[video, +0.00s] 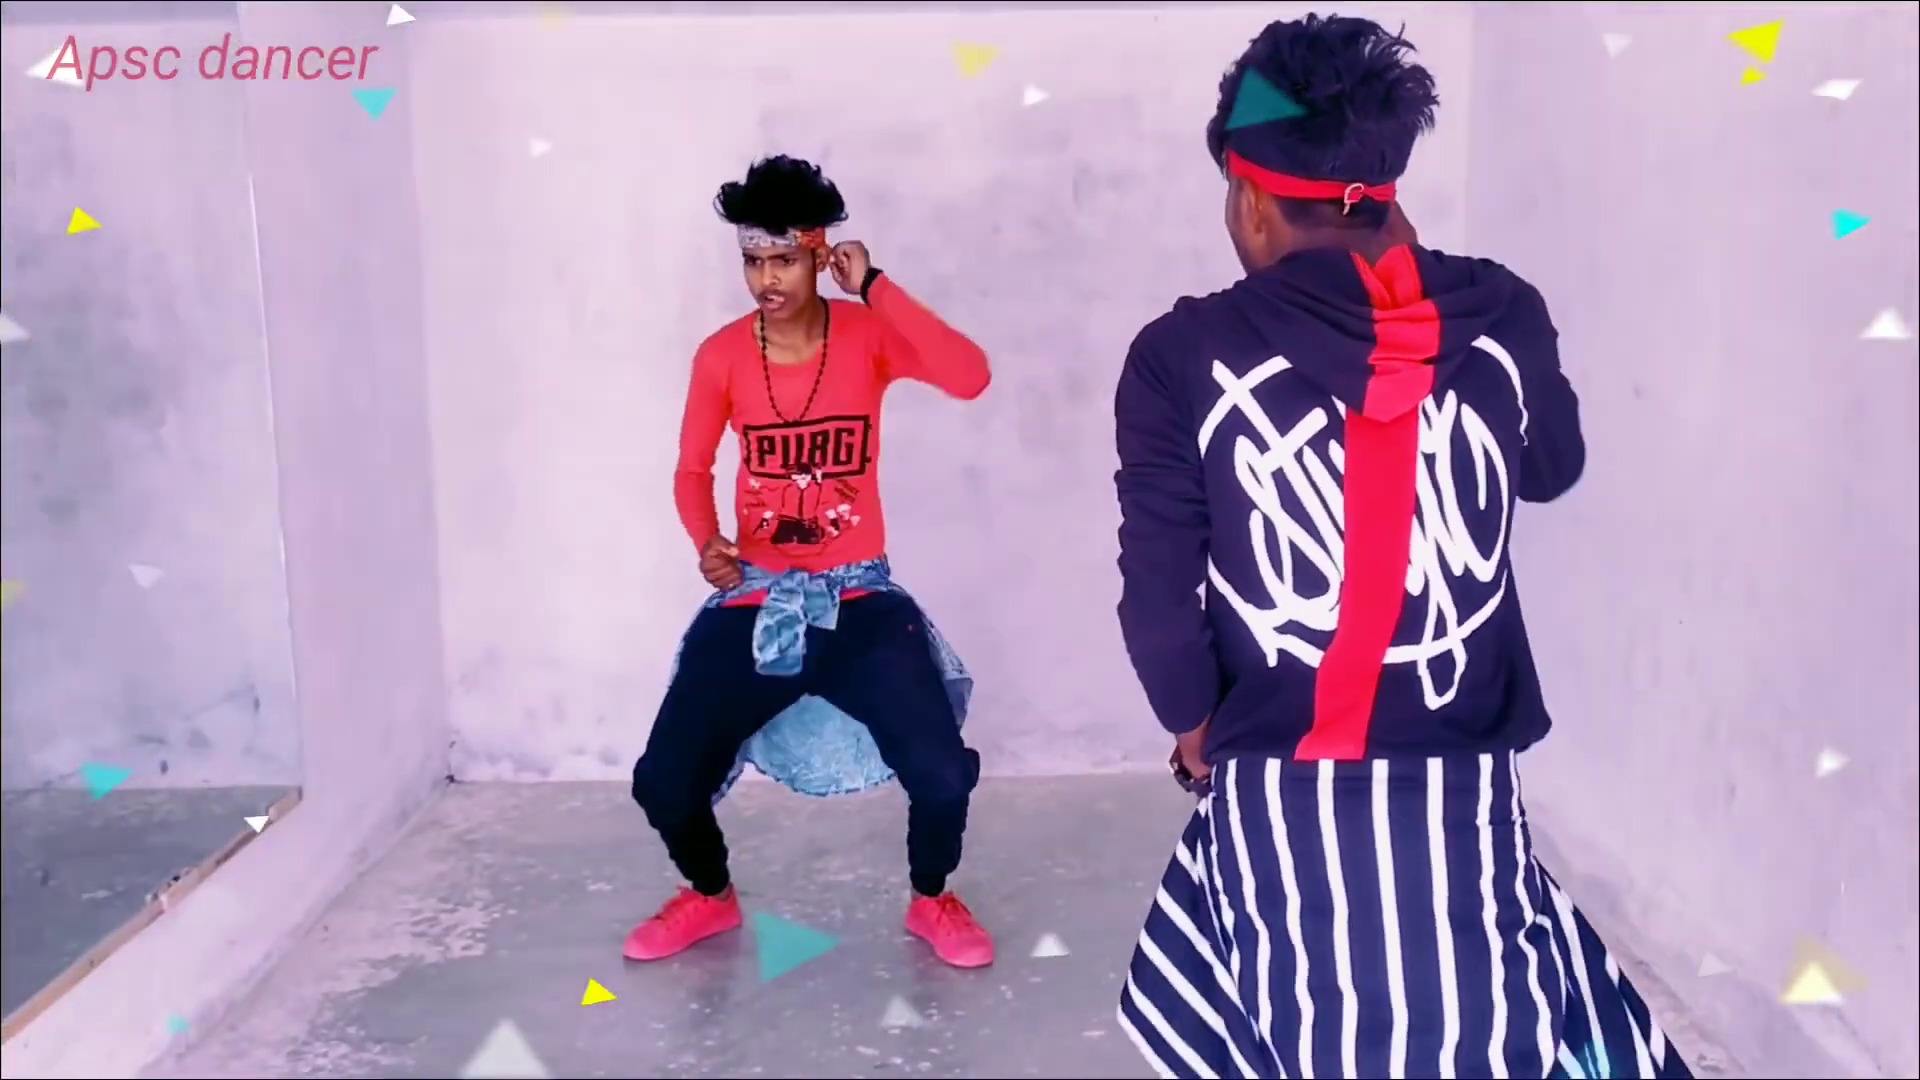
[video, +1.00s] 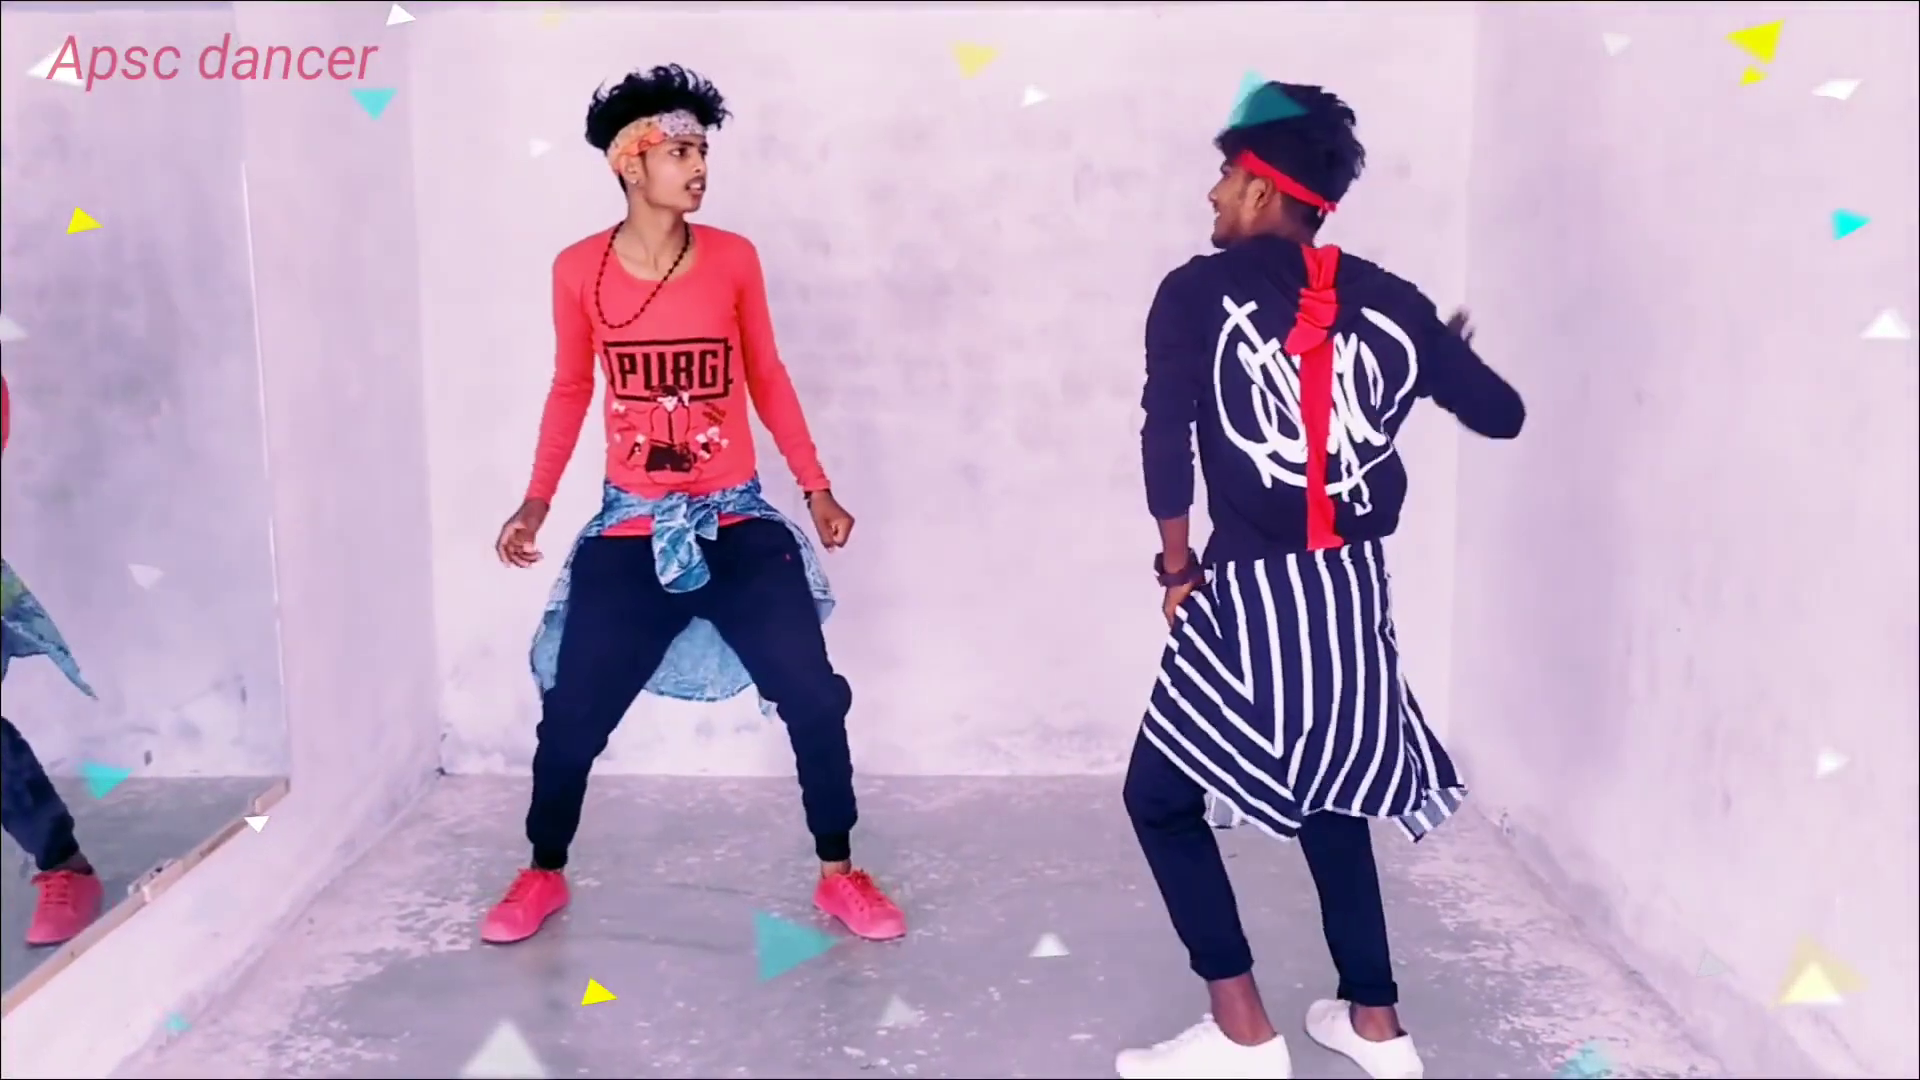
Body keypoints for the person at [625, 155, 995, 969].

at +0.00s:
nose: (766, 277)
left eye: (784, 259)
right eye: (753, 260)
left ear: (821, 260)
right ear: (741, 261)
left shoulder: (871, 334)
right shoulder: (725, 355)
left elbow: (969, 377)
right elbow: (693, 469)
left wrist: (875, 288)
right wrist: (708, 542)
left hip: (858, 602)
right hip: (750, 606)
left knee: (945, 773)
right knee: (663, 781)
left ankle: (931, 901)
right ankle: (710, 896)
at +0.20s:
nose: (768, 240)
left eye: (783, 219)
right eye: (749, 221)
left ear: (807, 223)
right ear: (725, 229)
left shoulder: (858, 318)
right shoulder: (706, 316)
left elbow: (965, 399)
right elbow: (681, 401)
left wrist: (926, 437)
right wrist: (672, 455)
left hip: (843, 580)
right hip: (736, 578)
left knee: (926, 759)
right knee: (634, 746)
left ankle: (931, 899)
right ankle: (697, 877)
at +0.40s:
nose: (752, 222)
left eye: (761, 204)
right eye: (730, 206)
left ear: (772, 214)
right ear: (689, 218)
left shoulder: (815, 310)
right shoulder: (664, 306)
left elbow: (885, 397)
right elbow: (673, 392)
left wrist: (932, 509)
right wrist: (631, 490)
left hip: (803, 574)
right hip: (702, 569)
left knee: (869, 754)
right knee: (561, 707)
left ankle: (927, 899)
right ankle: (587, 852)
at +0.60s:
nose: (694, 258)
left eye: (698, 241)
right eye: (672, 241)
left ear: (707, 253)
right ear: (624, 258)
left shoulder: (744, 344)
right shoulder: (592, 356)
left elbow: (790, 450)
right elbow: (603, 459)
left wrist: (847, 556)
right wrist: (578, 582)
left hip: (753, 593)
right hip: (647, 595)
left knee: (839, 750)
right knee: (530, 750)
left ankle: (920, 900)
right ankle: (550, 882)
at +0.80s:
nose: (680, 194)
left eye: (683, 178)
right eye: (657, 179)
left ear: (688, 187)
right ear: (608, 195)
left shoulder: (721, 282)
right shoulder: (569, 296)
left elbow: (760, 395)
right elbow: (544, 408)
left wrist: (807, 503)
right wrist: (508, 514)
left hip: (745, 540)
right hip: (637, 548)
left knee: (831, 700)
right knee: (549, 725)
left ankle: (851, 870)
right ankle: (548, 878)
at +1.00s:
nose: (696, 165)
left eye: (700, 149)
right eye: (674, 150)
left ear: (705, 161)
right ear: (625, 166)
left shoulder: (732, 260)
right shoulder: (581, 270)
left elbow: (766, 379)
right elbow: (570, 387)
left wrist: (816, 486)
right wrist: (537, 499)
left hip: (738, 524)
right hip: (629, 531)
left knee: (815, 698)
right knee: (572, 718)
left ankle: (839, 872)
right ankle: (543, 874)